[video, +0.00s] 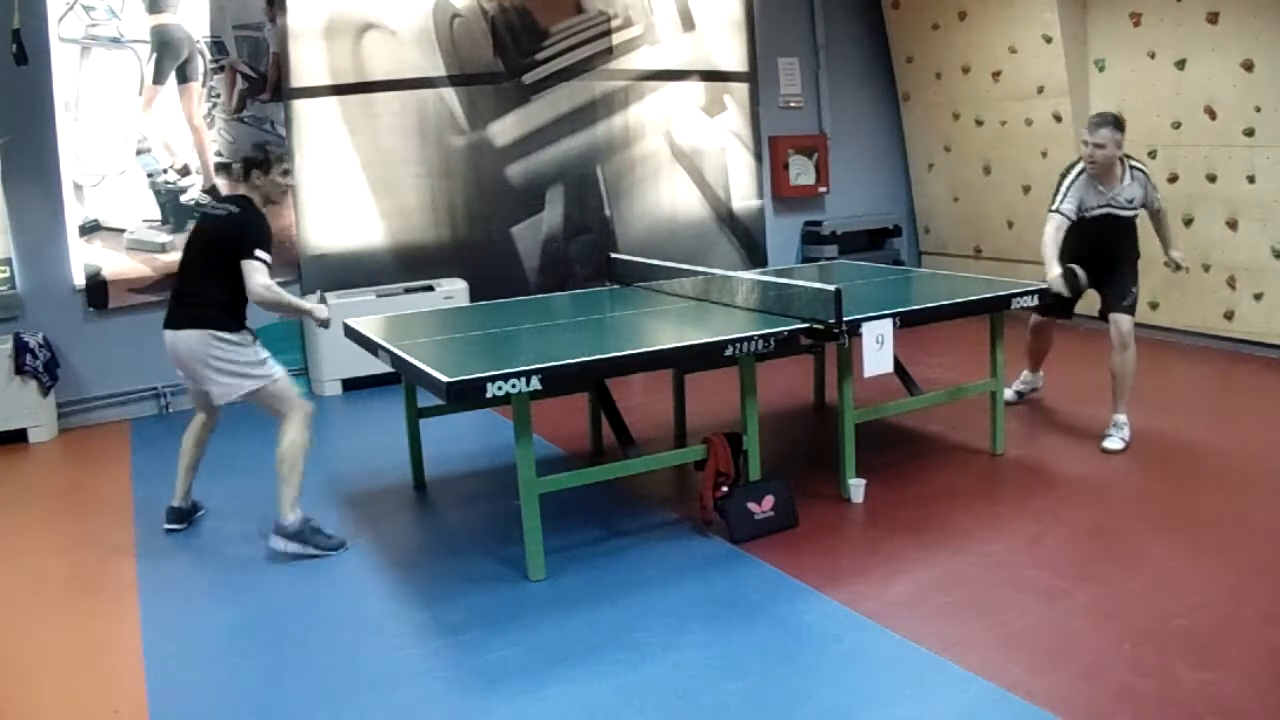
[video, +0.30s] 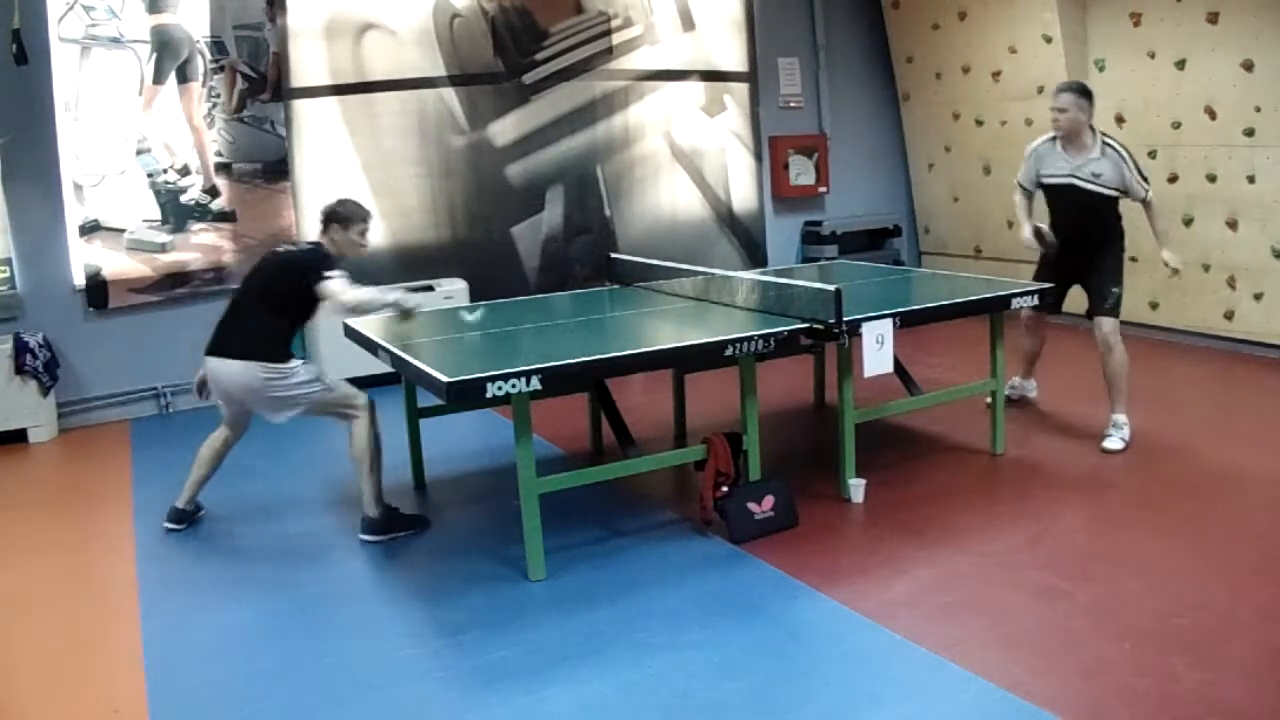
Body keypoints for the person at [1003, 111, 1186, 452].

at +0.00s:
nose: (1090, 153)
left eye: (1100, 147)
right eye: (1086, 144)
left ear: (1119, 148)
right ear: (1081, 142)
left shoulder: (1138, 176)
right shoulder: (1075, 177)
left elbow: (1156, 209)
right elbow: (1054, 225)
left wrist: (1169, 249)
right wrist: (1053, 267)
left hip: (1119, 258)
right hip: (1076, 253)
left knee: (1121, 330)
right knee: (1039, 323)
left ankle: (1119, 420)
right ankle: (1031, 376)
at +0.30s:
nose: (1054, 117)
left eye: (1062, 112)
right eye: (1052, 111)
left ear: (1086, 114)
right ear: (1052, 113)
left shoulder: (1115, 155)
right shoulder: (1039, 152)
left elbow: (1146, 198)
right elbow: (1022, 192)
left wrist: (1163, 246)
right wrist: (1025, 224)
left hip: (1103, 254)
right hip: (1060, 250)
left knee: (1106, 332)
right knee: (1032, 317)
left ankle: (1119, 420)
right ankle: (1025, 381)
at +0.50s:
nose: (1023, 106)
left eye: (1030, 98)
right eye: (1021, 99)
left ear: (1054, 101)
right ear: (1024, 102)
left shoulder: (1083, 140)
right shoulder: (1021, 139)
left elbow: (1113, 186)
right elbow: (1008, 179)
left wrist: (1119, 231)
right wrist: (992, 208)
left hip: (1081, 250)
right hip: (1039, 248)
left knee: (1092, 326)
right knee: (1021, 319)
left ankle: (1116, 413)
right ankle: (1024, 385)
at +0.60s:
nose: (1009, 107)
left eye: (1015, 99)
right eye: (1007, 100)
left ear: (1039, 100)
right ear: (1014, 103)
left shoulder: (1071, 136)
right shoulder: (1014, 140)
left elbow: (1100, 183)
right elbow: (1010, 185)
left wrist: (1089, 224)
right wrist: (977, 211)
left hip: (1072, 249)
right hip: (1032, 249)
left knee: (1083, 329)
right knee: (1014, 319)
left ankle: (1114, 407)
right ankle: (1023, 384)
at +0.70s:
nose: (992, 119)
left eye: (997, 111)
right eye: (991, 113)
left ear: (1020, 109)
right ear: (1005, 114)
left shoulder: (1048, 139)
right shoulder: (1008, 152)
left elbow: (1083, 181)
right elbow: (1002, 199)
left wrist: (1059, 219)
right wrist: (954, 215)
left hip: (1068, 250)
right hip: (1031, 249)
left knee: (1077, 333)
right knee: (994, 307)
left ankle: (1115, 408)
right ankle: (1004, 380)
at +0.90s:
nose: (945, 141)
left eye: (948, 132)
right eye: (944, 133)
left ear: (968, 129)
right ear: (962, 132)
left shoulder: (996, 147)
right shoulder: (971, 169)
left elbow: (1035, 169)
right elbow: (947, 213)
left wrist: (1029, 197)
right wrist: (900, 218)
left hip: (1039, 256)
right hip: (1005, 258)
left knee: (1063, 332)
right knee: (963, 316)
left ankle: (1111, 407)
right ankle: (955, 382)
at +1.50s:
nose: (970, 110)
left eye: (976, 102)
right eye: (967, 104)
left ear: (997, 101)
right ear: (970, 107)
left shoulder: (1020, 132)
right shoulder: (978, 142)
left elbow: (1051, 174)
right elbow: (981, 192)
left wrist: (1039, 213)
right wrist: (945, 216)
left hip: (1031, 245)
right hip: (993, 245)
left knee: (1054, 322)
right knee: (962, 324)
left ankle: (1083, 398)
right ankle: (954, 380)